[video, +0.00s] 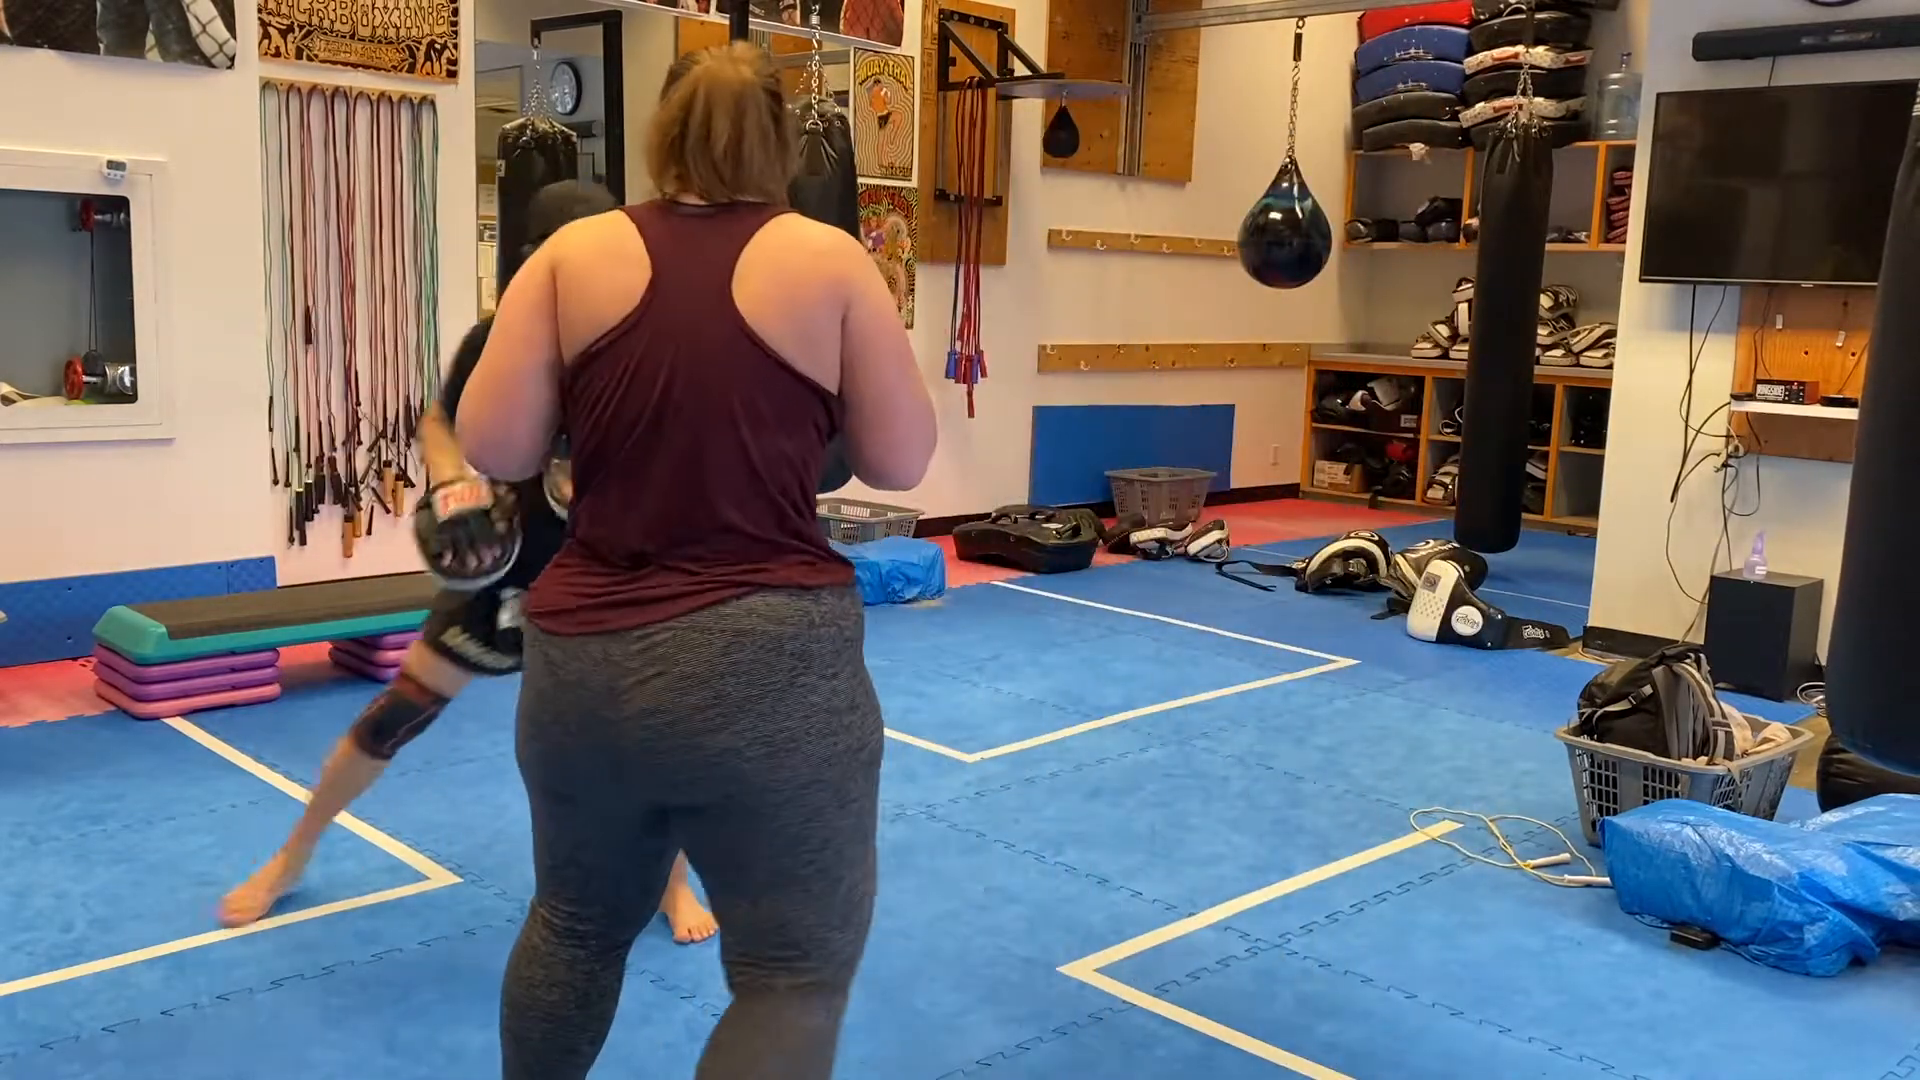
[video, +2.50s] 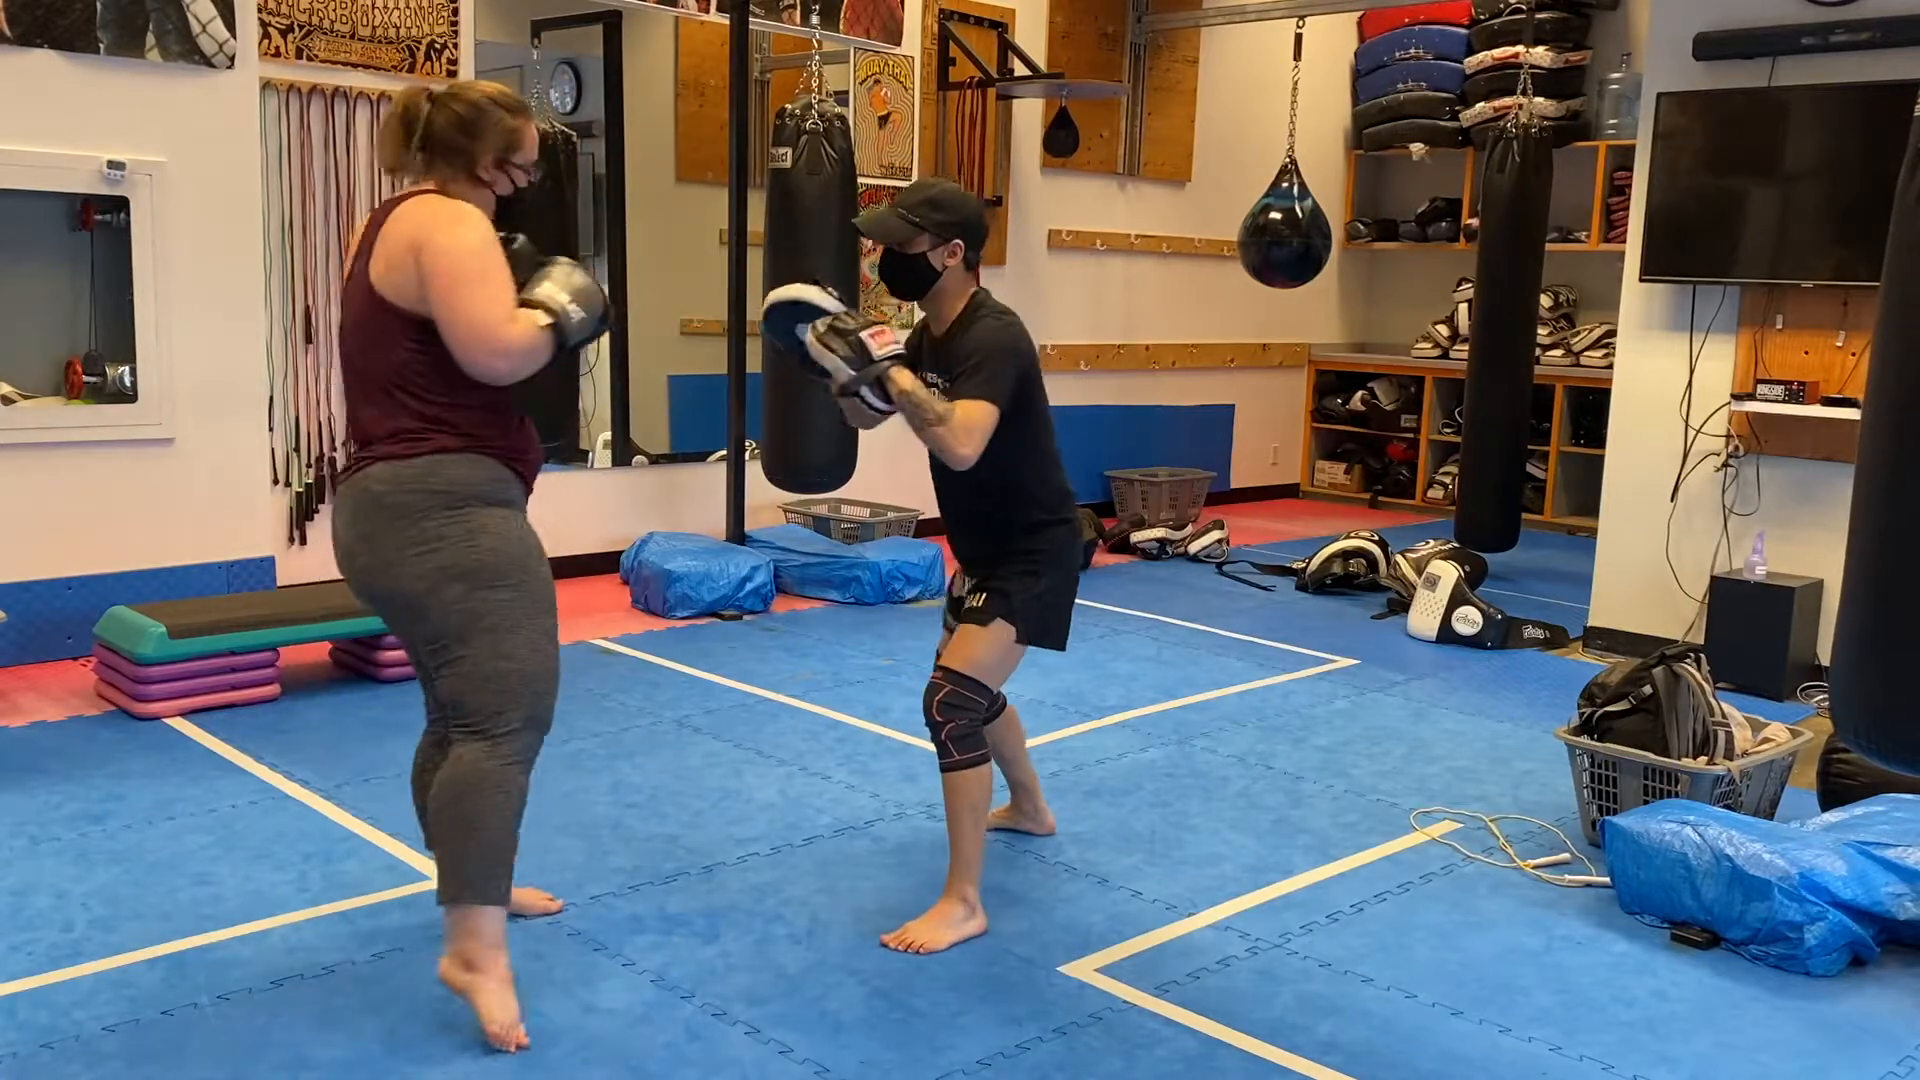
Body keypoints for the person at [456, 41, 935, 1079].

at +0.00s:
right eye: (785, 136)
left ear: (661, 138)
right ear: (777, 143)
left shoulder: (568, 259)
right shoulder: (828, 262)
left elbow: (496, 446)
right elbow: (899, 456)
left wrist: (594, 388)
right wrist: (788, 423)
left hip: (585, 653)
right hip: (774, 649)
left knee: (575, 921)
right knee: (789, 978)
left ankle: (533, 1076)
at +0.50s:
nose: (713, 149)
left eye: (706, 132)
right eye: (707, 132)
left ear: (566, 125)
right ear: (685, 136)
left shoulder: (481, 248)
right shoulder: (674, 248)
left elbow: (443, 432)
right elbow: (756, 463)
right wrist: (801, 366)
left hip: (461, 653)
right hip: (620, 671)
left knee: (477, 918)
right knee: (689, 1009)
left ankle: (391, 1071)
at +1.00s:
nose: (558, 133)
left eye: (557, 111)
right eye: (548, 109)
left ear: (428, 106)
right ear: (504, 109)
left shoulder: (351, 230)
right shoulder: (507, 222)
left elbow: (434, 389)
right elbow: (603, 428)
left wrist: (575, 303)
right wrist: (663, 346)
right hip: (443, 656)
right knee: (415, 1011)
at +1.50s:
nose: (583, 171)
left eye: (582, 151)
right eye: (569, 152)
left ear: (506, 162)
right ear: (514, 162)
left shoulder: (498, 271)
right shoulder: (433, 272)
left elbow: (589, 291)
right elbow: (513, 456)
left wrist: (681, 263)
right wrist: (600, 358)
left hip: (465, 629)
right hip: (399, 638)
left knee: (510, 790)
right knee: (411, 952)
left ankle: (444, 997)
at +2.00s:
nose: (562, 210)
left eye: (564, 194)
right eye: (550, 192)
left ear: (531, 193)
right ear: (499, 186)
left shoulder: (527, 281)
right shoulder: (405, 272)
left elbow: (549, 375)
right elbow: (386, 408)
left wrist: (622, 327)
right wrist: (508, 337)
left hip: (508, 568)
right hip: (416, 570)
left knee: (523, 728)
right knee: (442, 820)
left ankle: (476, 880)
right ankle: (340, 1055)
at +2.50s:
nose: (514, 187)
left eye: (520, 171)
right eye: (508, 169)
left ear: (431, 151)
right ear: (468, 154)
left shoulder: (385, 224)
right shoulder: (450, 224)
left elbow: (445, 348)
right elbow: (496, 355)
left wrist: (535, 302)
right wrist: (560, 309)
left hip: (392, 497)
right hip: (447, 499)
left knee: (463, 708)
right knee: (503, 717)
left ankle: (478, 888)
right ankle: (474, 950)